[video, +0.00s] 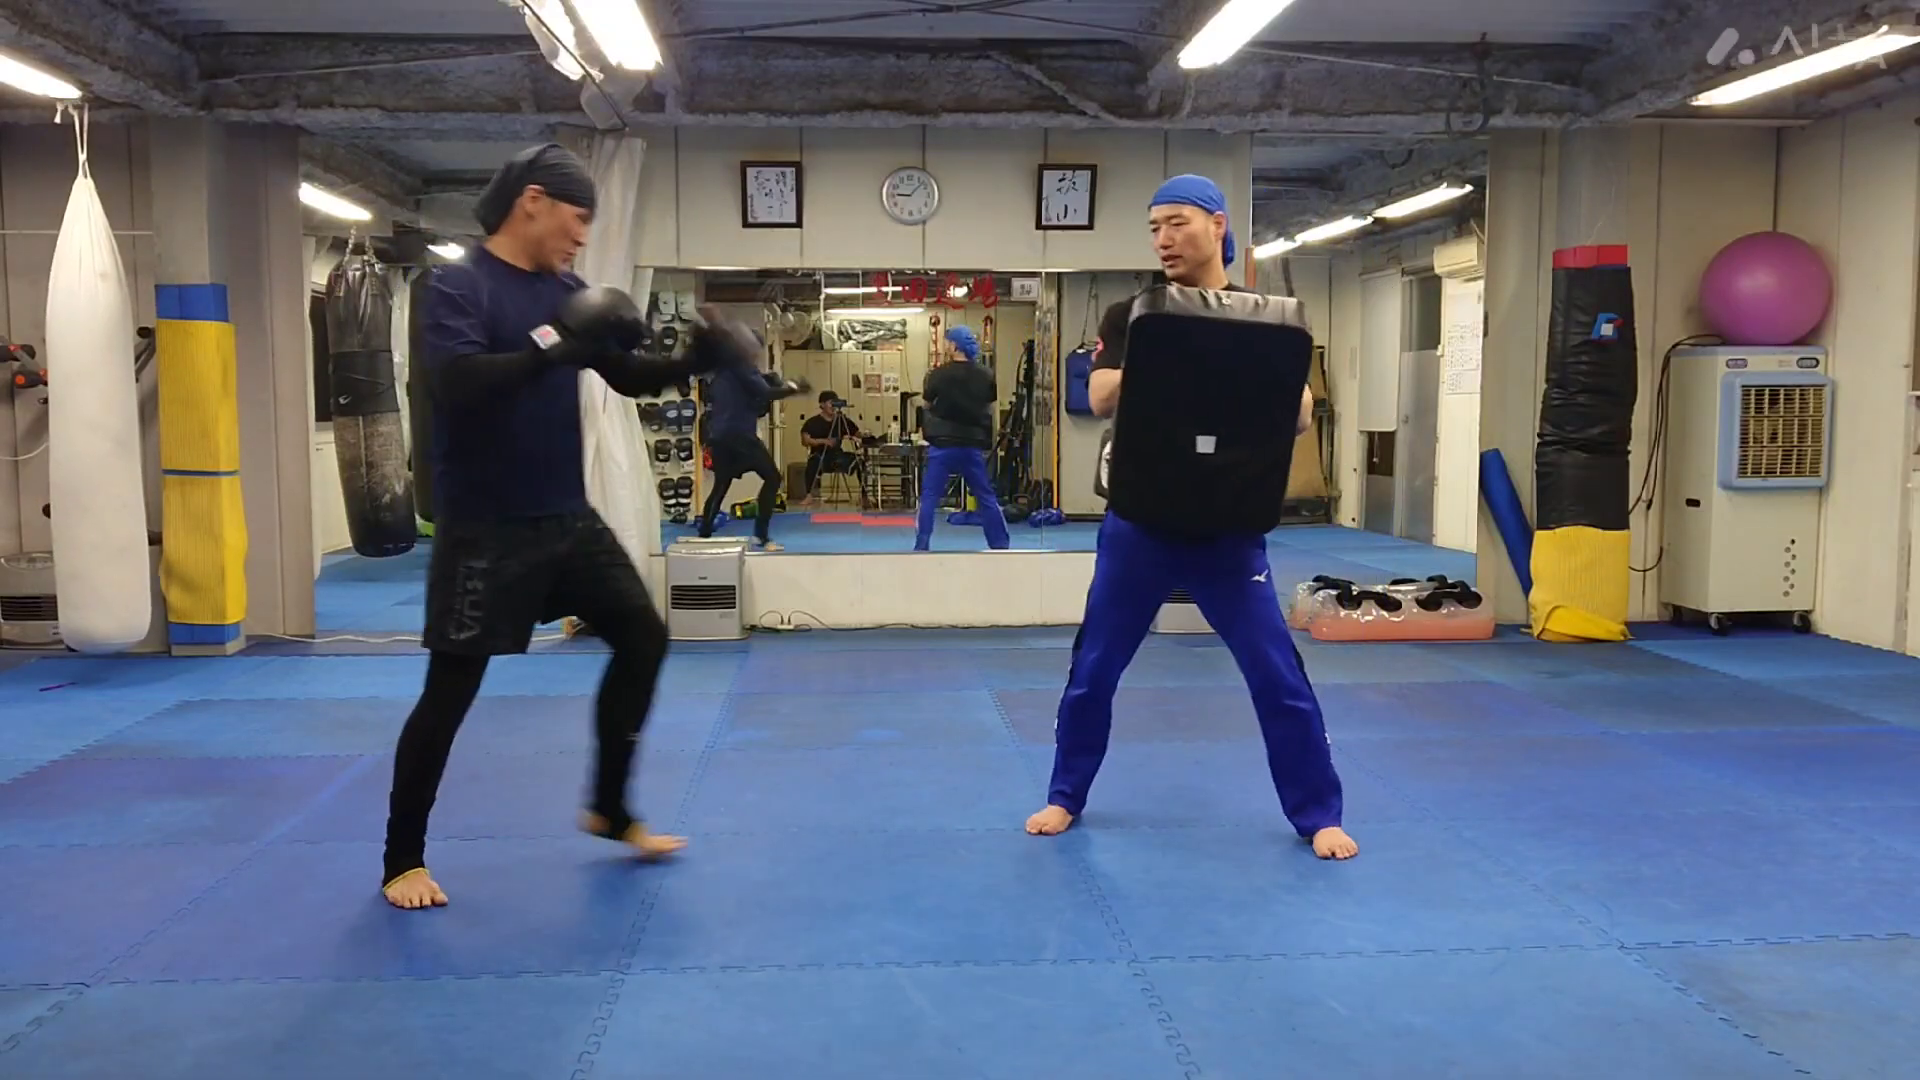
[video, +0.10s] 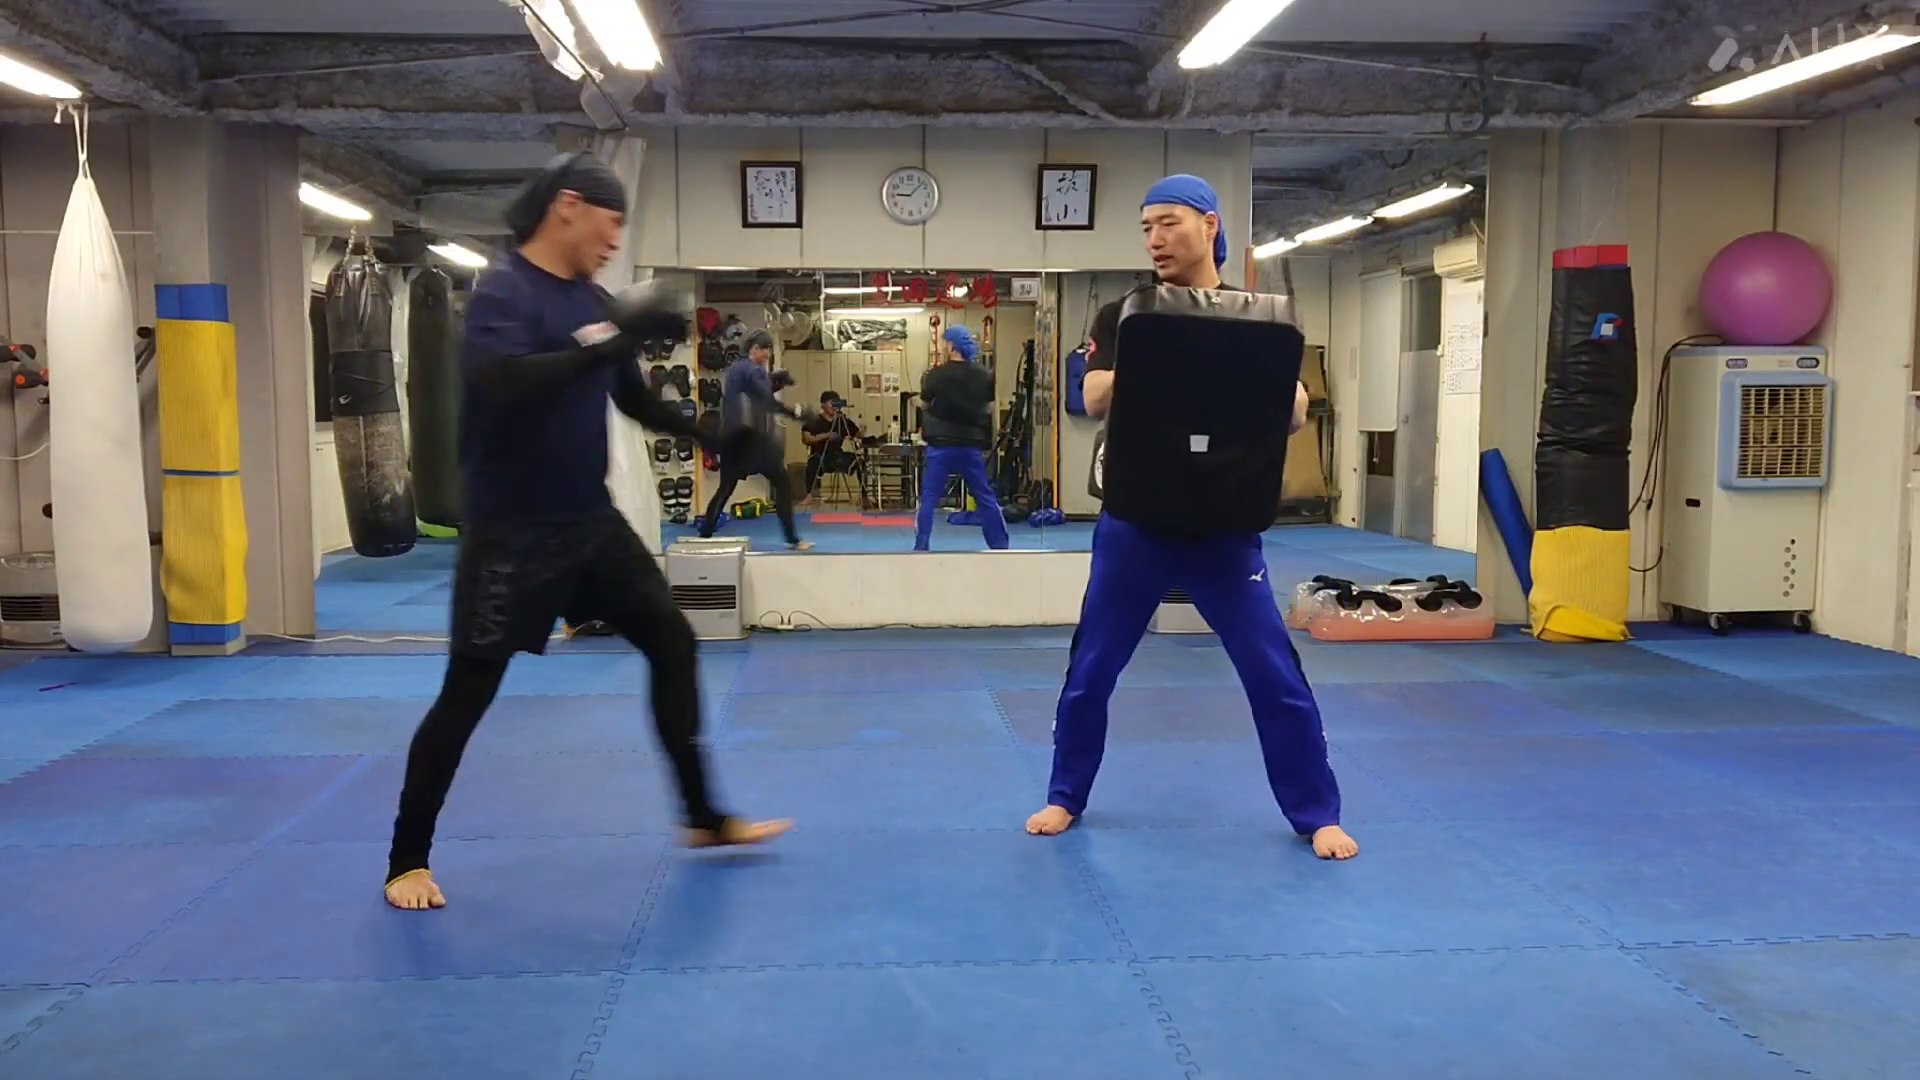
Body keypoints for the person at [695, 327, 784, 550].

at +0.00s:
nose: (758, 354)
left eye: (758, 349)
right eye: (756, 349)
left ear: (732, 348)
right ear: (748, 348)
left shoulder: (720, 373)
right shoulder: (744, 369)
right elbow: (764, 392)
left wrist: (766, 384)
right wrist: (789, 389)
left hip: (719, 437)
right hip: (742, 437)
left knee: (720, 485)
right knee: (773, 478)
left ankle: (703, 535)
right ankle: (761, 537)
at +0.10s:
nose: (767, 357)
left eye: (769, 352)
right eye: (766, 351)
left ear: (751, 349)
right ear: (755, 349)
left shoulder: (734, 369)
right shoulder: (752, 370)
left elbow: (751, 394)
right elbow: (766, 401)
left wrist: (773, 382)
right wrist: (793, 411)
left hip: (732, 438)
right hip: (753, 438)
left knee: (725, 488)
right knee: (782, 482)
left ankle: (704, 536)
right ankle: (792, 539)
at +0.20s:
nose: (781, 357)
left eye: (781, 353)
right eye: (778, 352)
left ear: (766, 352)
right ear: (766, 351)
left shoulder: (761, 372)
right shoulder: (761, 374)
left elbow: (781, 394)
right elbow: (759, 406)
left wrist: (794, 376)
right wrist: (772, 432)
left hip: (750, 443)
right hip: (761, 443)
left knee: (734, 490)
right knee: (795, 480)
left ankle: (702, 535)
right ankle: (817, 541)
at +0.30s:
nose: (792, 351)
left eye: (791, 347)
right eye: (787, 347)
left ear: (780, 351)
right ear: (774, 350)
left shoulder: (789, 371)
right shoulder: (763, 377)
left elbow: (817, 379)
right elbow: (744, 408)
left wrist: (813, 360)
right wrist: (742, 430)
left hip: (787, 439)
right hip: (779, 440)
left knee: (771, 487)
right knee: (813, 484)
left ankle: (727, 520)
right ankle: (818, 543)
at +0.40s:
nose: (784, 356)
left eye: (784, 352)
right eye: (780, 353)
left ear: (783, 353)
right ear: (771, 354)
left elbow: (820, 382)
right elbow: (749, 411)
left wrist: (851, 384)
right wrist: (769, 397)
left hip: (808, 428)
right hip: (789, 433)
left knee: (805, 473)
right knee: (813, 476)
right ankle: (816, 538)